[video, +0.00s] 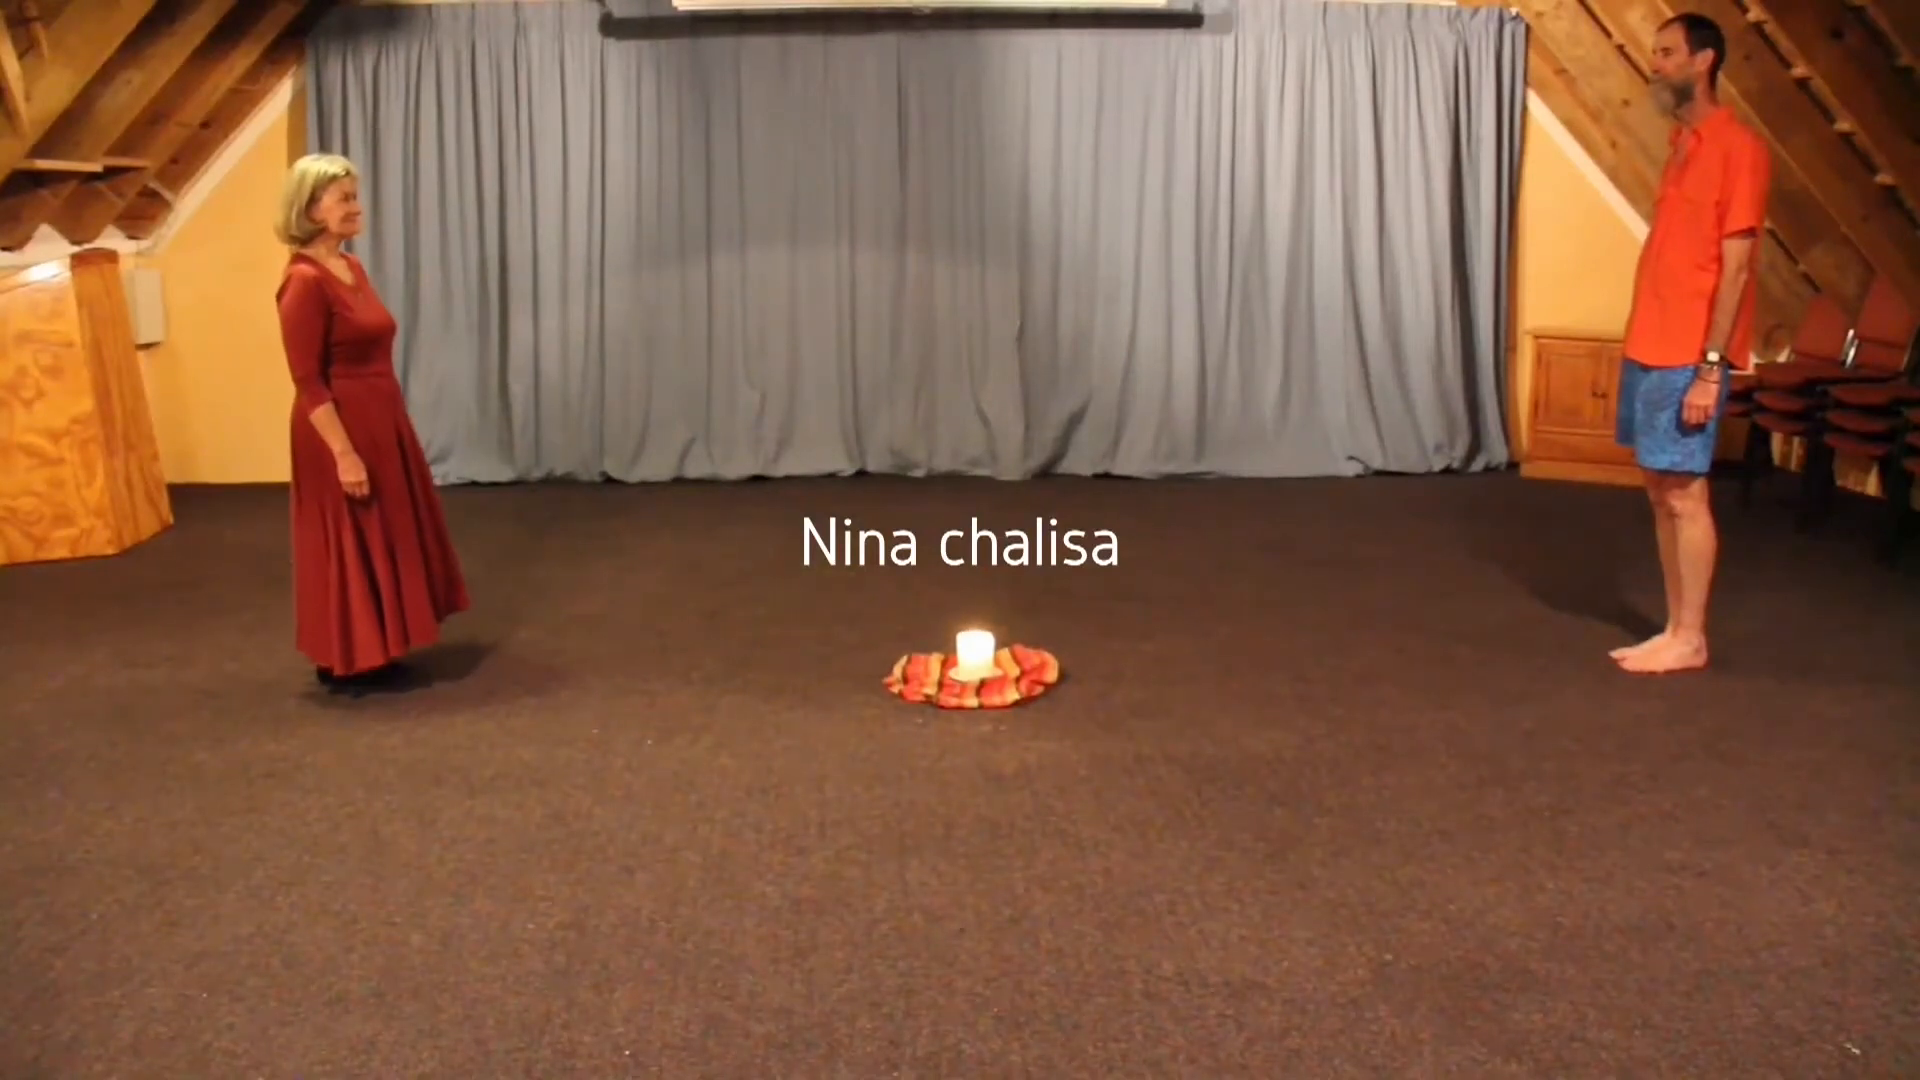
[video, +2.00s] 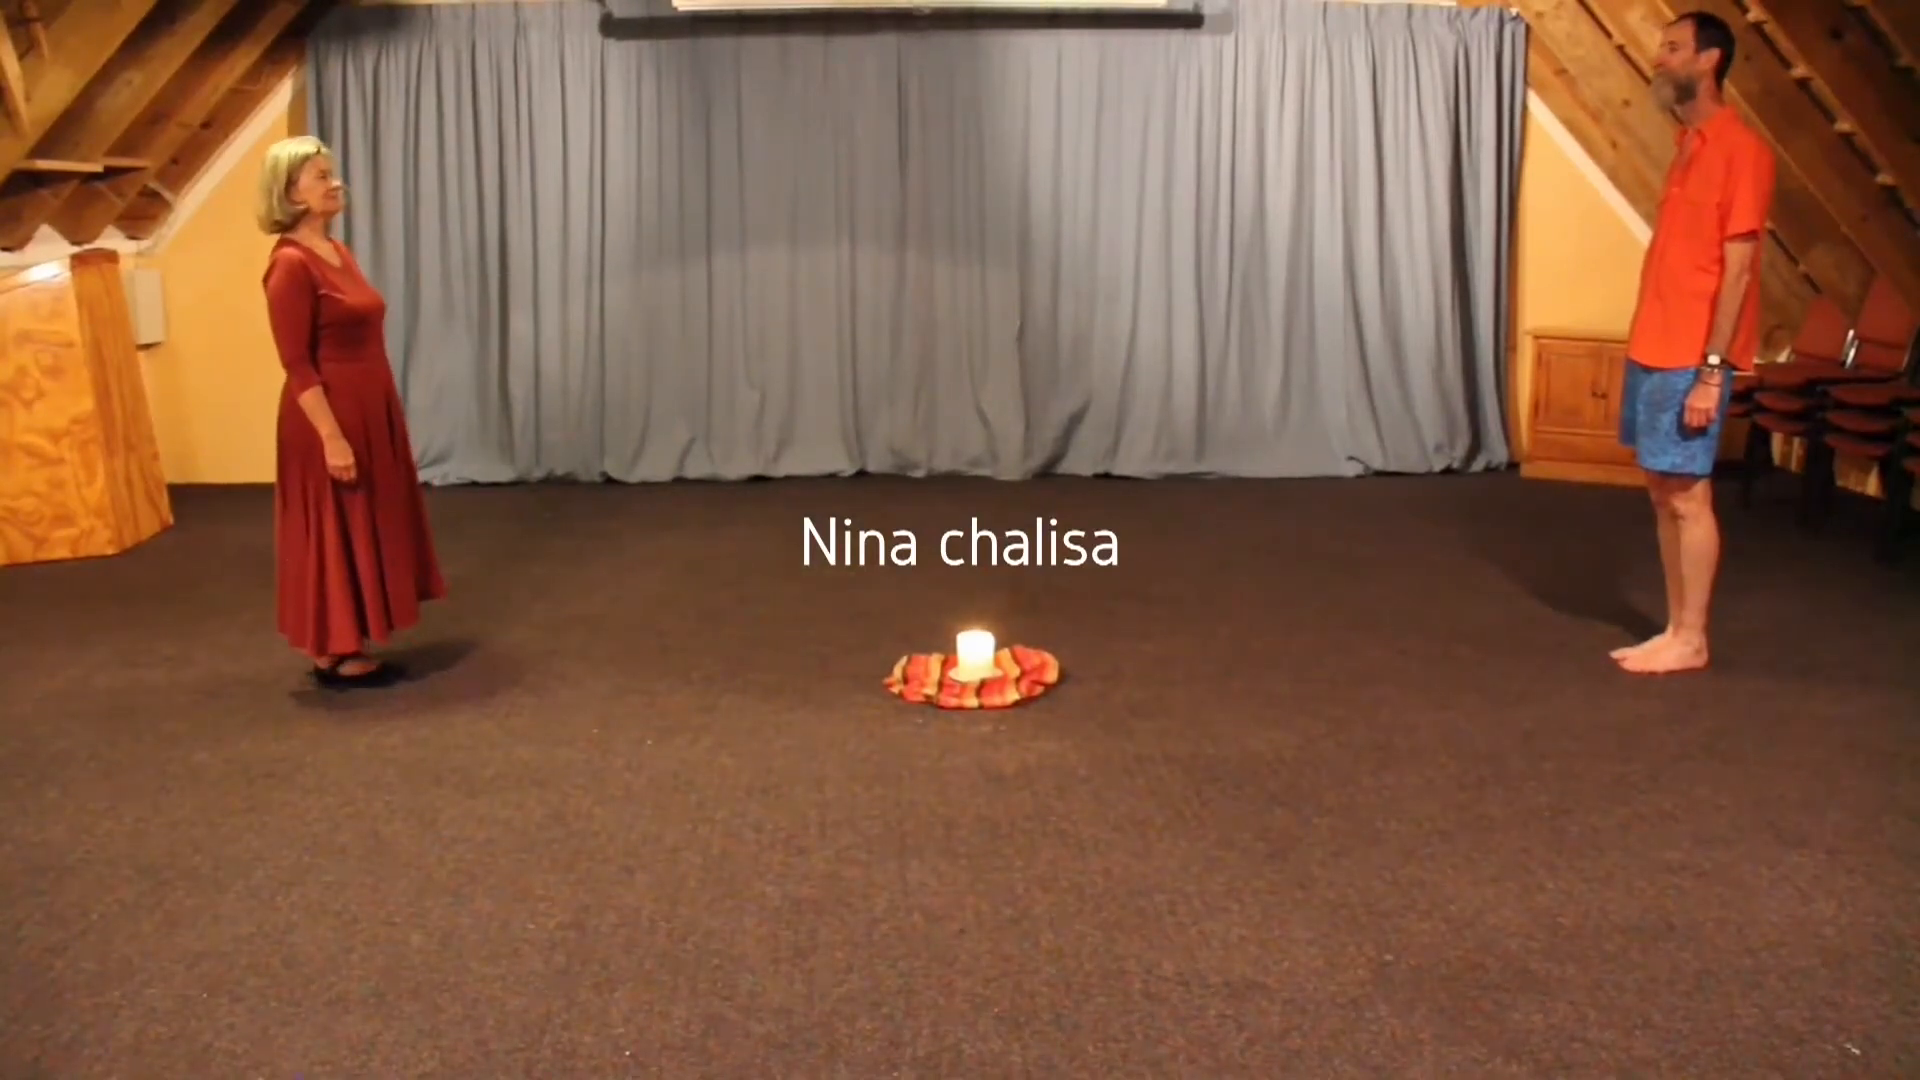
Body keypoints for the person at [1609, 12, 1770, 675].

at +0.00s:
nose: (1654, 64)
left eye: (1666, 53)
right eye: (1654, 53)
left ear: (1704, 61)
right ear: (1686, 62)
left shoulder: (1740, 145)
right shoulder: (1686, 142)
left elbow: (1738, 265)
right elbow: (1676, 252)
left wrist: (1713, 364)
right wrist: (1647, 345)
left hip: (1690, 359)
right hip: (1652, 352)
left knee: (1686, 498)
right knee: (1662, 494)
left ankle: (1690, 637)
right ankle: (1677, 629)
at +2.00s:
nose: (1659, 58)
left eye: (1672, 47)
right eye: (1661, 46)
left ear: (1710, 59)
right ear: (1693, 61)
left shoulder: (1742, 147)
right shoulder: (1693, 143)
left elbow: (1740, 267)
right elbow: (1685, 257)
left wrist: (1714, 367)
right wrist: (1652, 348)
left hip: (1693, 360)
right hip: (1657, 354)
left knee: (1688, 500)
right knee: (1664, 496)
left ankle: (1692, 639)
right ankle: (1678, 629)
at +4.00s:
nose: (1654, 61)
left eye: (1667, 50)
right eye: (1655, 49)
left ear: (1705, 60)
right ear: (1691, 61)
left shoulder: (1737, 144)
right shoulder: (1695, 143)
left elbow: (1734, 267)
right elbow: (1688, 259)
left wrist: (1715, 366)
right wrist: (1656, 348)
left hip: (1691, 358)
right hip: (1657, 352)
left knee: (1684, 498)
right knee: (1662, 494)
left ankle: (1691, 639)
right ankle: (1676, 630)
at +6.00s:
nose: (1657, 63)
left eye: (1669, 51)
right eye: (1657, 51)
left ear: (1707, 58)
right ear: (1694, 60)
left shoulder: (1742, 143)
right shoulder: (1697, 141)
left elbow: (1740, 257)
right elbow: (1696, 253)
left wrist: (1733, 366)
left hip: (1695, 355)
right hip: (1658, 349)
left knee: (1686, 497)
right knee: (1662, 492)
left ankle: (1692, 639)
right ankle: (1677, 630)